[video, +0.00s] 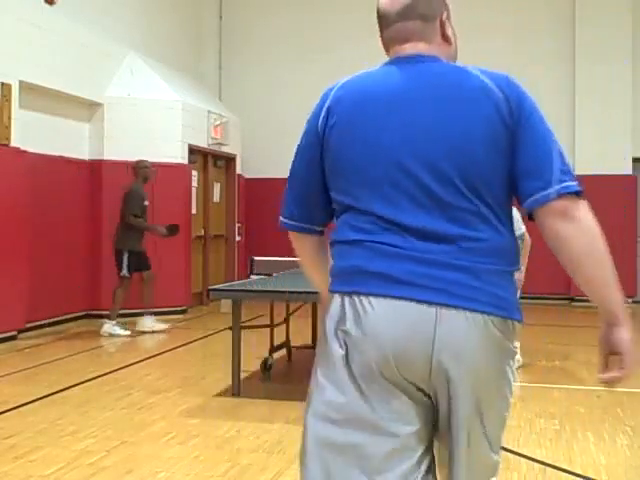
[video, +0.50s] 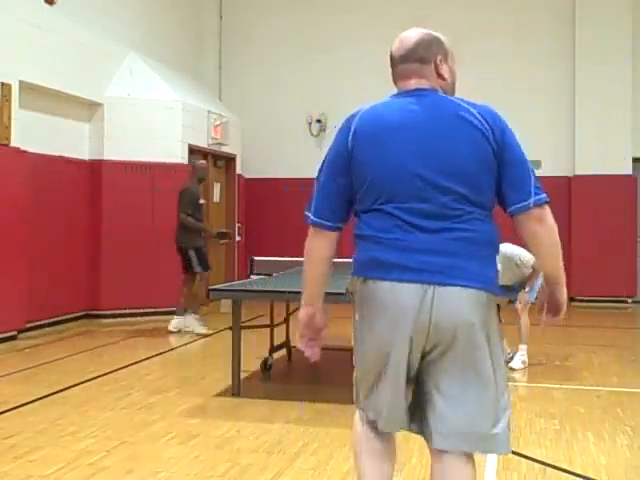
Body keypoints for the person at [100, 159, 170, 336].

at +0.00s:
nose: (150, 172)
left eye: (150, 168)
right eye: (147, 168)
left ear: (144, 172)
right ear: (138, 171)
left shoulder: (141, 193)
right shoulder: (133, 192)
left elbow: (138, 220)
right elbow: (129, 218)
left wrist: (158, 229)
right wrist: (154, 228)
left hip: (136, 244)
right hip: (125, 244)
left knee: (148, 276)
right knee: (124, 281)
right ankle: (111, 322)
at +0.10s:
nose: (162, 173)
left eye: (161, 170)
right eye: (158, 170)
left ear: (156, 173)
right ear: (150, 172)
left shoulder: (154, 195)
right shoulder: (146, 195)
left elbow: (151, 221)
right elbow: (143, 221)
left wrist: (169, 231)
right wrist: (167, 230)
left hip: (147, 247)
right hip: (135, 247)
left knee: (158, 281)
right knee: (131, 284)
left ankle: (171, 318)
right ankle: (111, 322)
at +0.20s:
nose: (174, 175)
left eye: (174, 171)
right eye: (171, 172)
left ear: (167, 175)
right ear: (163, 175)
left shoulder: (165, 196)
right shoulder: (158, 196)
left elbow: (163, 223)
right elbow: (156, 222)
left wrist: (179, 235)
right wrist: (178, 234)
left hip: (161, 249)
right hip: (149, 248)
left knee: (173, 280)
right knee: (143, 285)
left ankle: (175, 319)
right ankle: (117, 318)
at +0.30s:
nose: (189, 175)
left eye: (188, 172)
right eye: (186, 172)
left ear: (178, 176)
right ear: (178, 175)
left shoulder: (177, 196)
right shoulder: (169, 196)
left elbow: (175, 223)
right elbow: (166, 220)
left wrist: (192, 237)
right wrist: (188, 234)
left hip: (174, 247)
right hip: (164, 247)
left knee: (183, 280)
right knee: (167, 284)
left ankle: (178, 319)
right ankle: (134, 309)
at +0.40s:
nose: (197, 173)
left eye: (198, 169)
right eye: (195, 169)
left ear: (191, 172)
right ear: (186, 171)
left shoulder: (186, 192)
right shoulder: (180, 192)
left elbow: (184, 219)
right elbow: (175, 217)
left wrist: (199, 233)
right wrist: (197, 230)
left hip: (183, 243)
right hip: (177, 243)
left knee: (187, 280)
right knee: (187, 279)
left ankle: (177, 317)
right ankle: (160, 308)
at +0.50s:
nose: (206, 174)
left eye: (206, 170)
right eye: (204, 170)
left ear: (199, 172)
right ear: (197, 172)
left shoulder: (195, 191)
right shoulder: (189, 191)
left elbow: (194, 219)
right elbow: (183, 216)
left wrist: (212, 234)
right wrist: (205, 229)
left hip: (190, 240)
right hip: (189, 241)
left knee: (189, 278)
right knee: (201, 275)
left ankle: (179, 316)